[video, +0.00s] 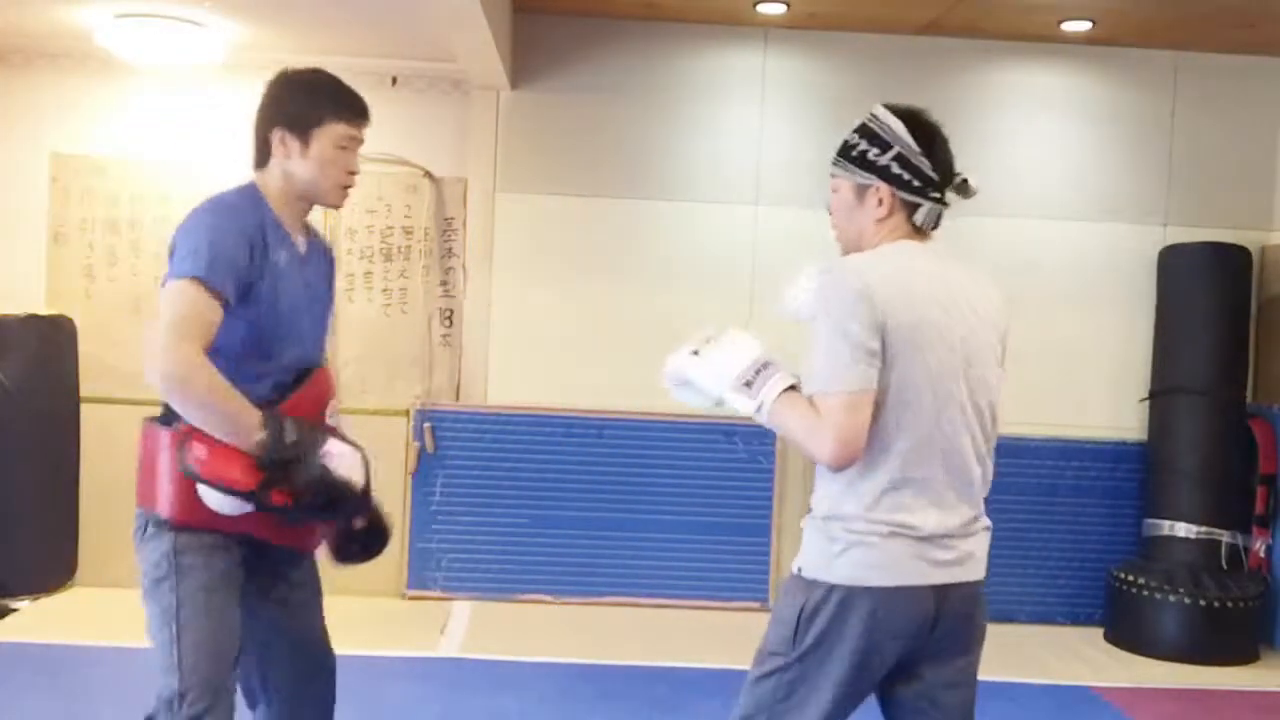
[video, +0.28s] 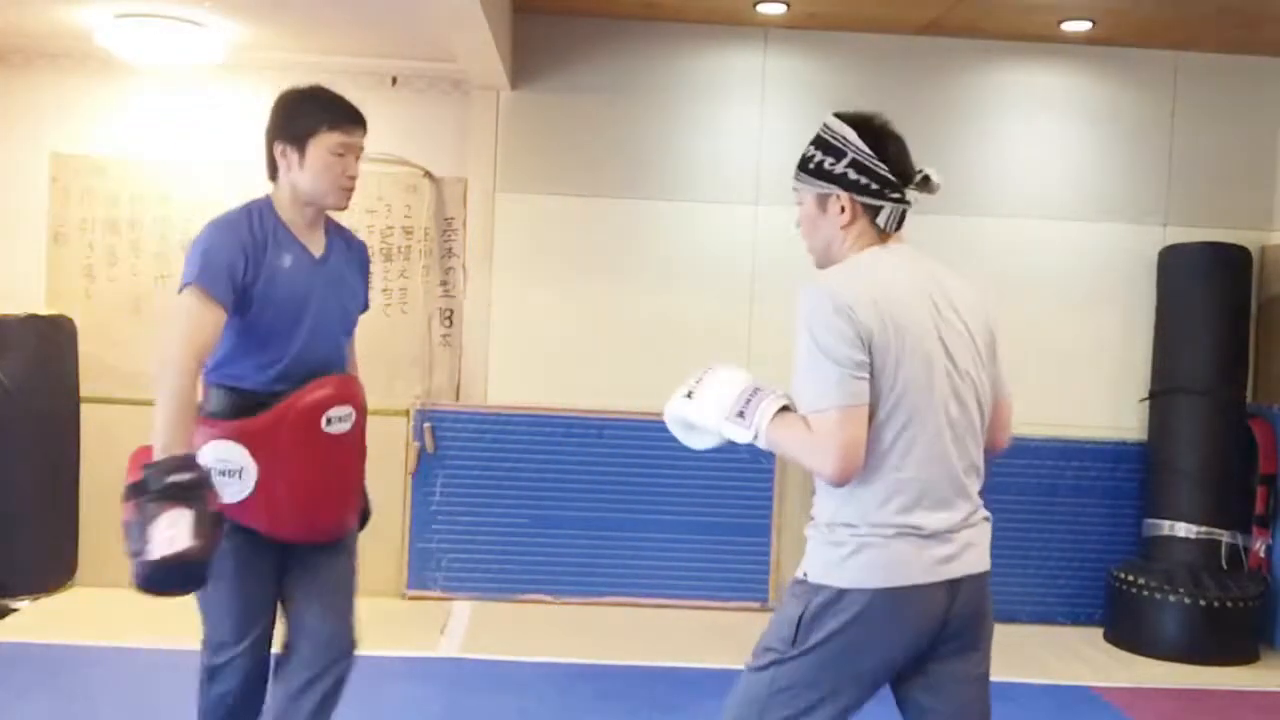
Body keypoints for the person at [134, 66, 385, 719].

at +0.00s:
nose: (357, 166)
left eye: (358, 150)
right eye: (344, 147)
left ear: (298, 148)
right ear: (285, 144)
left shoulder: (318, 256)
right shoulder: (223, 225)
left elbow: (308, 387)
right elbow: (171, 365)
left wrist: (341, 471)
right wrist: (279, 442)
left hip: (273, 505)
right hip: (194, 503)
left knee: (301, 694)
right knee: (193, 702)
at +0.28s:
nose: (354, 170)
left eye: (358, 156)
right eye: (340, 153)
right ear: (287, 156)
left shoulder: (352, 255)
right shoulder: (231, 239)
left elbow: (344, 363)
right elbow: (181, 362)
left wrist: (353, 476)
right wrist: (170, 485)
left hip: (319, 450)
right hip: (237, 446)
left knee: (326, 643)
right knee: (237, 648)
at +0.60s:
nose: (377, 163)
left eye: (382, 151)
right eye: (362, 149)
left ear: (385, 159)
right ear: (315, 157)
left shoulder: (393, 245)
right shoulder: (265, 239)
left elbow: (416, 344)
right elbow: (207, 345)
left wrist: (431, 433)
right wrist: (182, 452)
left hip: (368, 445)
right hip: (283, 444)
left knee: (411, 606)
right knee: (261, 622)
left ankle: (387, 716)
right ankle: (236, 716)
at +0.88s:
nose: (425, 176)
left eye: (430, 164)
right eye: (410, 162)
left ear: (432, 172)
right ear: (364, 169)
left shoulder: (436, 254)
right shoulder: (321, 247)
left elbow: (466, 348)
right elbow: (268, 351)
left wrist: (498, 430)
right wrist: (266, 448)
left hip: (410, 455)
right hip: (331, 451)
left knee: (425, 617)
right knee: (315, 612)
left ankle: (407, 718)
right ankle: (272, 717)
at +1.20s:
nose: (401, 194)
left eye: (408, 182)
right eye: (388, 180)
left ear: (414, 187)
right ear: (347, 183)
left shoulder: (405, 250)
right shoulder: (309, 240)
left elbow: (455, 331)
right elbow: (278, 322)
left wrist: (510, 325)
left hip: (371, 440)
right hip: (300, 435)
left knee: (385, 594)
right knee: (304, 579)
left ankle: (390, 716)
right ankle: (260, 686)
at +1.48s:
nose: (339, 199)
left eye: (347, 189)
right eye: (328, 187)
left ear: (352, 195)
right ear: (300, 188)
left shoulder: (370, 261)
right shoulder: (261, 245)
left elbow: (439, 313)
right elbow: (263, 286)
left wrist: (452, 246)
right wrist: (301, 223)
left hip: (344, 426)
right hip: (271, 425)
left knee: (377, 568)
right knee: (262, 576)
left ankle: (375, 710)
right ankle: (233, 700)